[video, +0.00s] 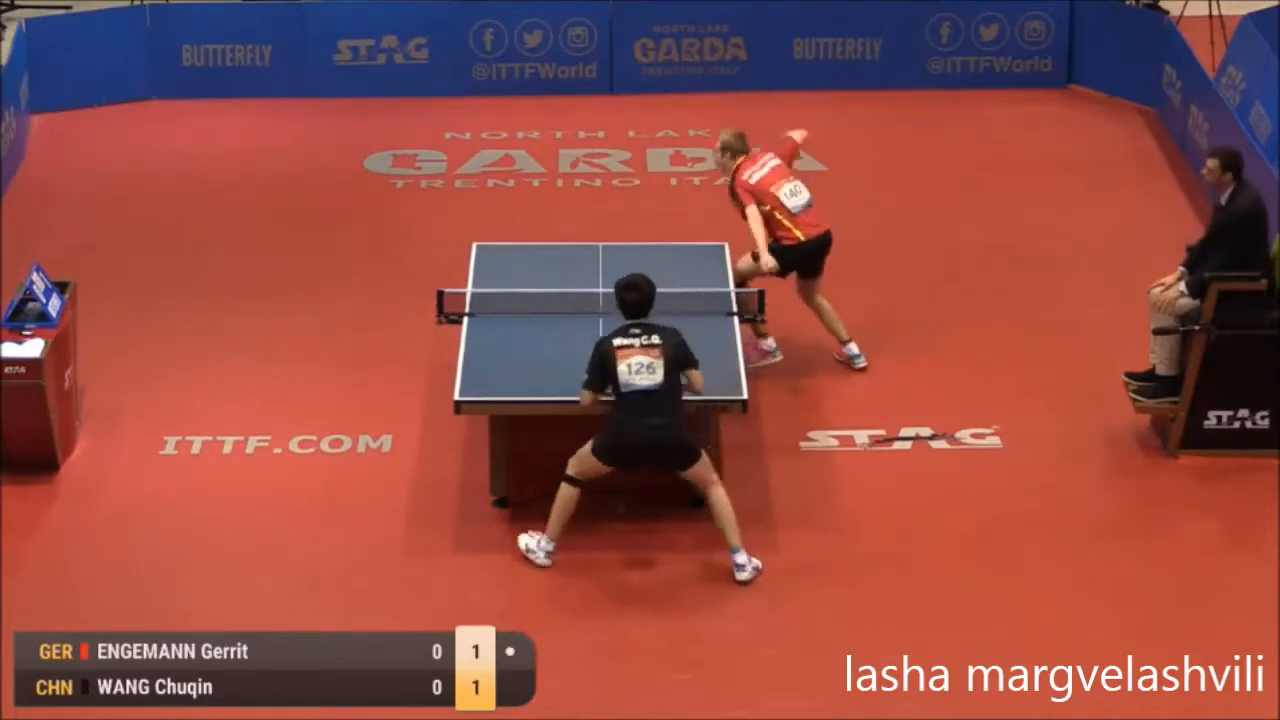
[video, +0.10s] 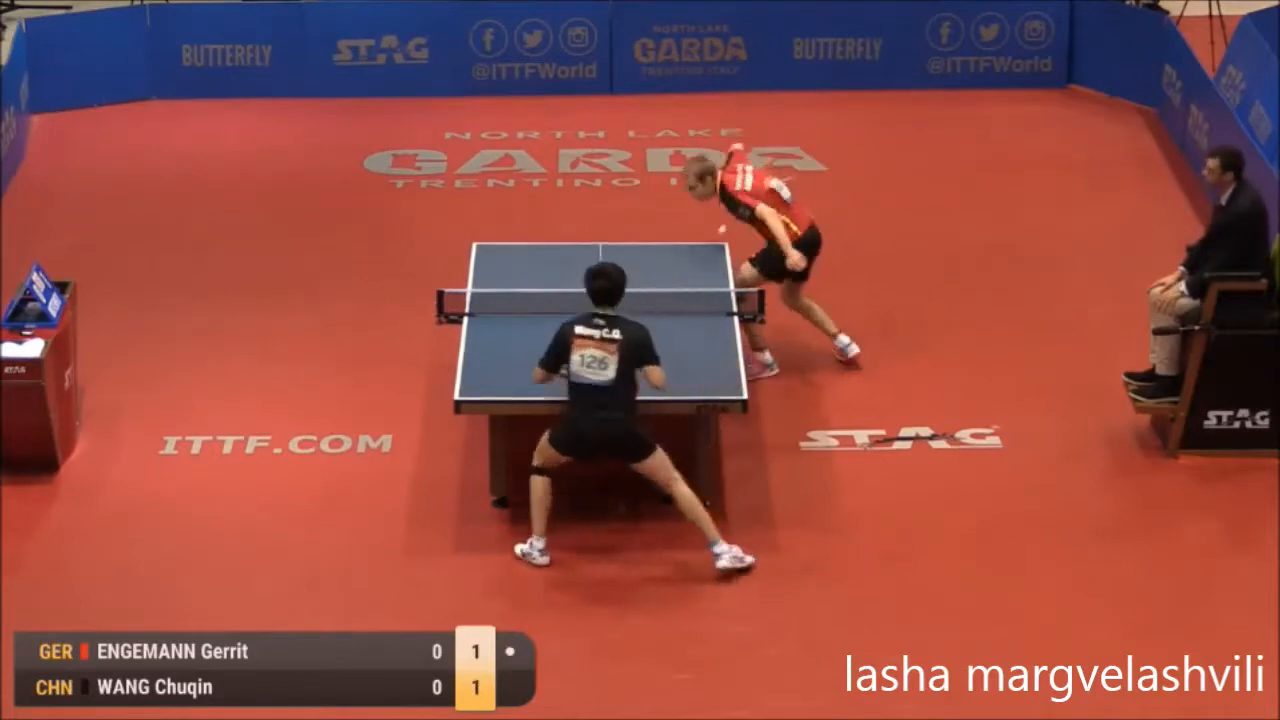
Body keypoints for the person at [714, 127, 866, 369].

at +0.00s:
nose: (717, 160)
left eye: (718, 155)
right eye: (717, 155)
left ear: (728, 155)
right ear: (745, 150)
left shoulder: (740, 181)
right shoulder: (773, 156)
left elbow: (753, 213)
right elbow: (800, 135)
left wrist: (763, 253)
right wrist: (793, 136)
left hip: (791, 246)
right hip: (821, 237)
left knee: (737, 274)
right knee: (809, 293)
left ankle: (765, 344)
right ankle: (851, 349)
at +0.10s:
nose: (692, 194)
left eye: (692, 188)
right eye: (689, 189)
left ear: (707, 181)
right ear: (709, 177)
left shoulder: (730, 194)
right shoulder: (734, 165)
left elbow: (767, 213)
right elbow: (737, 149)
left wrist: (788, 251)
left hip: (789, 244)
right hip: (810, 234)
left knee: (739, 284)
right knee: (791, 297)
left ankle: (761, 357)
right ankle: (842, 342)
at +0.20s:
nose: (688, 196)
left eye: (690, 189)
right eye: (684, 191)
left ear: (703, 179)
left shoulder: (729, 190)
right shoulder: (718, 170)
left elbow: (775, 197)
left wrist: (805, 228)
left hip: (780, 237)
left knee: (737, 289)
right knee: (766, 298)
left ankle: (762, 358)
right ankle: (822, 322)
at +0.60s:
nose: (671, 143)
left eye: (676, 137)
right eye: (667, 137)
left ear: (690, 133)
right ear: (664, 136)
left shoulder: (716, 149)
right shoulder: (662, 160)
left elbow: (741, 163)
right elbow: (639, 188)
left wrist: (739, 197)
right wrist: (631, 206)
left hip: (714, 216)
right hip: (678, 217)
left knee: (734, 266)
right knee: (649, 262)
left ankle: (764, 325)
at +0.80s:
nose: (669, 130)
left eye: (675, 125)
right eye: (665, 124)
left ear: (687, 122)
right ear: (660, 123)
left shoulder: (710, 136)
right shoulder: (658, 146)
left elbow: (737, 160)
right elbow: (629, 182)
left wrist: (709, 171)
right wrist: (632, 209)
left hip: (718, 192)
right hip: (679, 194)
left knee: (748, 243)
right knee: (641, 240)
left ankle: (784, 298)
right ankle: (632, 303)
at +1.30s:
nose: (691, 115)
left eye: (694, 109)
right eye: (688, 110)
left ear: (709, 102)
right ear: (689, 106)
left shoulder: (728, 120)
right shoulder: (712, 121)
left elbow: (747, 156)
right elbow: (727, 152)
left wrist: (733, 195)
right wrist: (711, 165)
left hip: (757, 189)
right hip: (728, 185)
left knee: (767, 254)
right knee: (680, 224)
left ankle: (803, 289)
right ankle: (656, 278)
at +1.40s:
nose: (698, 108)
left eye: (701, 102)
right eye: (695, 103)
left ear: (715, 94)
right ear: (712, 96)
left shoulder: (733, 113)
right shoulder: (726, 109)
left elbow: (748, 150)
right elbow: (737, 144)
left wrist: (738, 190)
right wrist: (716, 158)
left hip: (761, 188)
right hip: (735, 181)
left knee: (763, 254)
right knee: (680, 213)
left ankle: (803, 288)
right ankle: (678, 271)